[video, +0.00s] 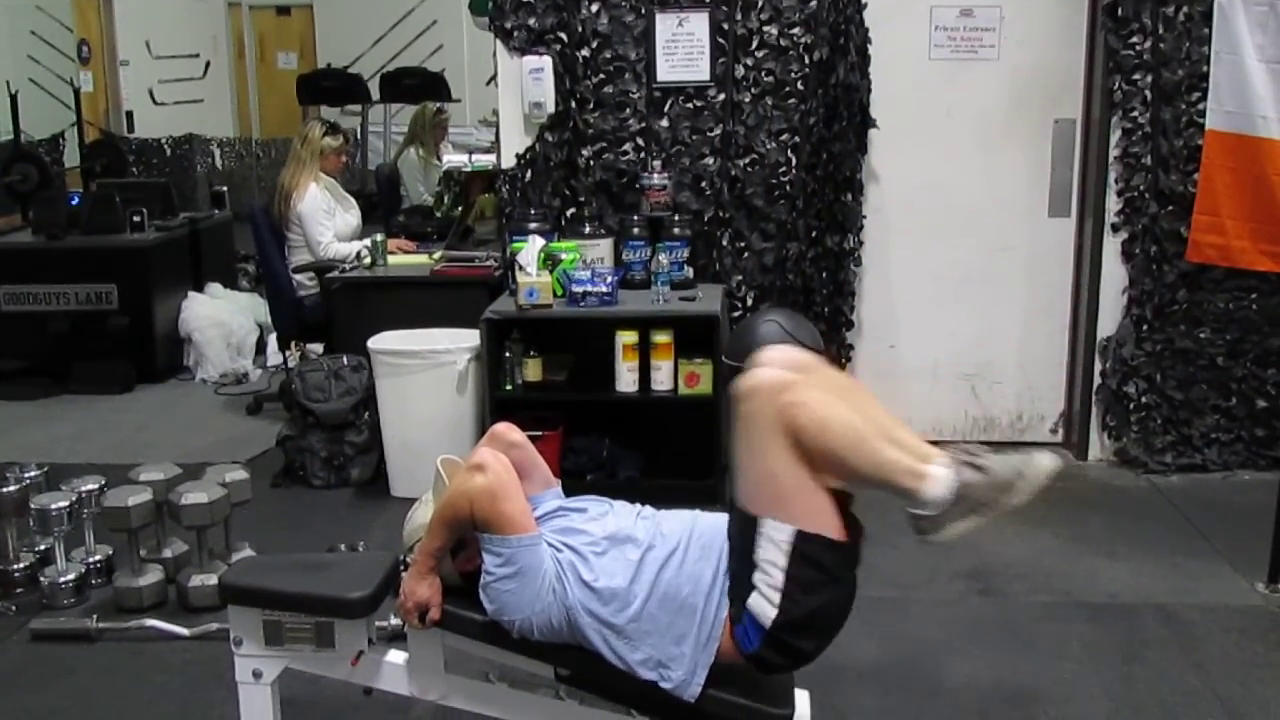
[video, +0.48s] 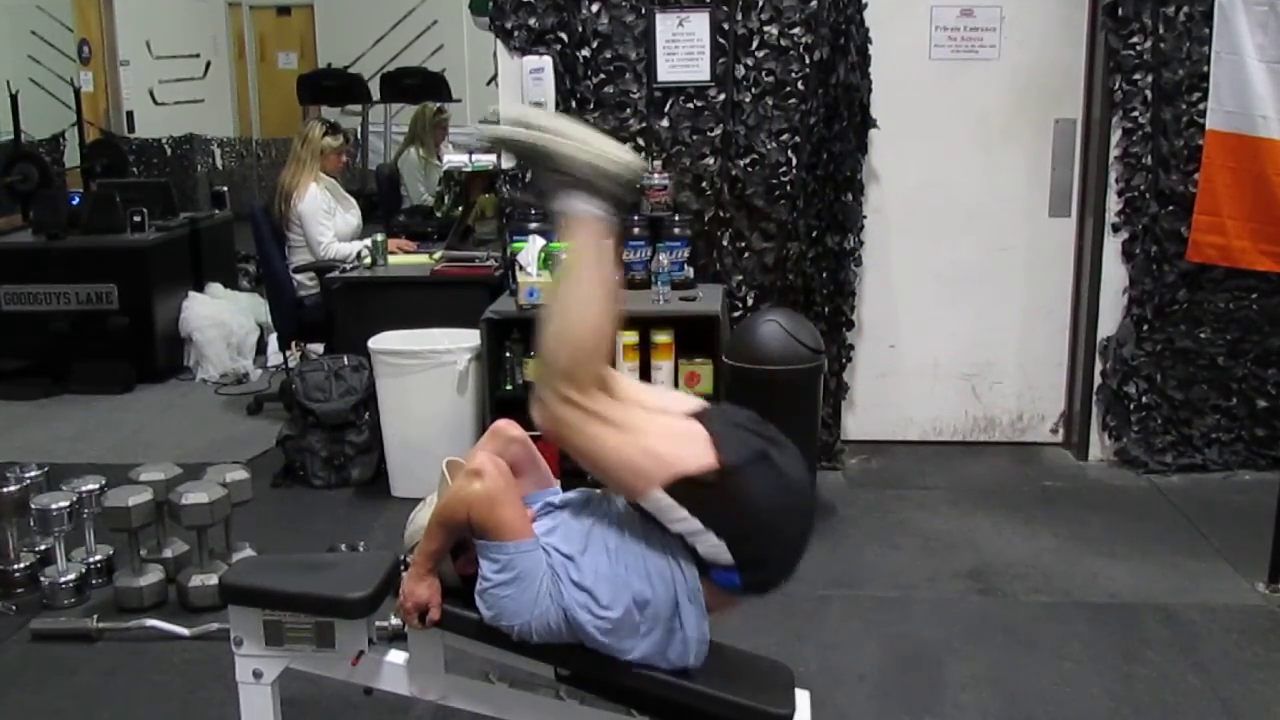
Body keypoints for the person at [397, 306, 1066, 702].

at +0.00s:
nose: (510, 463)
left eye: (513, 455)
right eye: (494, 466)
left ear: (526, 482)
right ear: (481, 513)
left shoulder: (560, 518)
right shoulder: (520, 585)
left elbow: (514, 440)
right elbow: (477, 473)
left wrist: (445, 522)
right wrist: (428, 558)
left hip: (772, 573)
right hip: (763, 613)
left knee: (785, 362)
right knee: (763, 387)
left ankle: (945, 470)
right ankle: (940, 482)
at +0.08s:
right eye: (482, 484)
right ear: (478, 546)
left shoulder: (556, 521)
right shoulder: (522, 590)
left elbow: (506, 436)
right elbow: (479, 472)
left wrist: (455, 521)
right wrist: (426, 563)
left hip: (764, 569)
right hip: (765, 610)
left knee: (732, 367)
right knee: (718, 394)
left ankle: (908, 456)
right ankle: (898, 475)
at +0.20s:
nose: (471, 545)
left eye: (462, 541)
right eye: (462, 542)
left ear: (478, 540)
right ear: (472, 561)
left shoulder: (552, 516)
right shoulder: (520, 592)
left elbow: (506, 438)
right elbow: (480, 473)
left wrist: (448, 530)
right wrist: (426, 561)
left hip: (781, 557)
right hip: (766, 599)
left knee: (639, 402)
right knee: (635, 435)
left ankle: (817, 394)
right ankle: (832, 417)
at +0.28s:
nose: (478, 468)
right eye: (469, 479)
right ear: (472, 554)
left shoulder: (547, 523)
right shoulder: (518, 591)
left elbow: (504, 437)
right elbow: (482, 479)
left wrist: (462, 529)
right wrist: (426, 563)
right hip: (764, 578)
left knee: (611, 411)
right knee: (597, 450)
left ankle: (781, 335)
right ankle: (774, 344)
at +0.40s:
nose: (474, 460)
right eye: (465, 473)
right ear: (470, 560)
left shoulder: (549, 522)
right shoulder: (517, 591)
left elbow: (504, 436)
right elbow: (484, 483)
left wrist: (450, 537)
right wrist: (426, 562)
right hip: (761, 542)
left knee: (615, 409)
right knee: (576, 427)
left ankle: (670, 238)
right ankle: (661, 247)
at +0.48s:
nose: (469, 470)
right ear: (469, 562)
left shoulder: (548, 520)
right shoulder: (519, 594)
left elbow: (506, 436)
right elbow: (478, 481)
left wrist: (440, 540)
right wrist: (425, 563)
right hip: (750, 523)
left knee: (585, 385)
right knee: (561, 401)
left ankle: (597, 205)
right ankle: (587, 202)